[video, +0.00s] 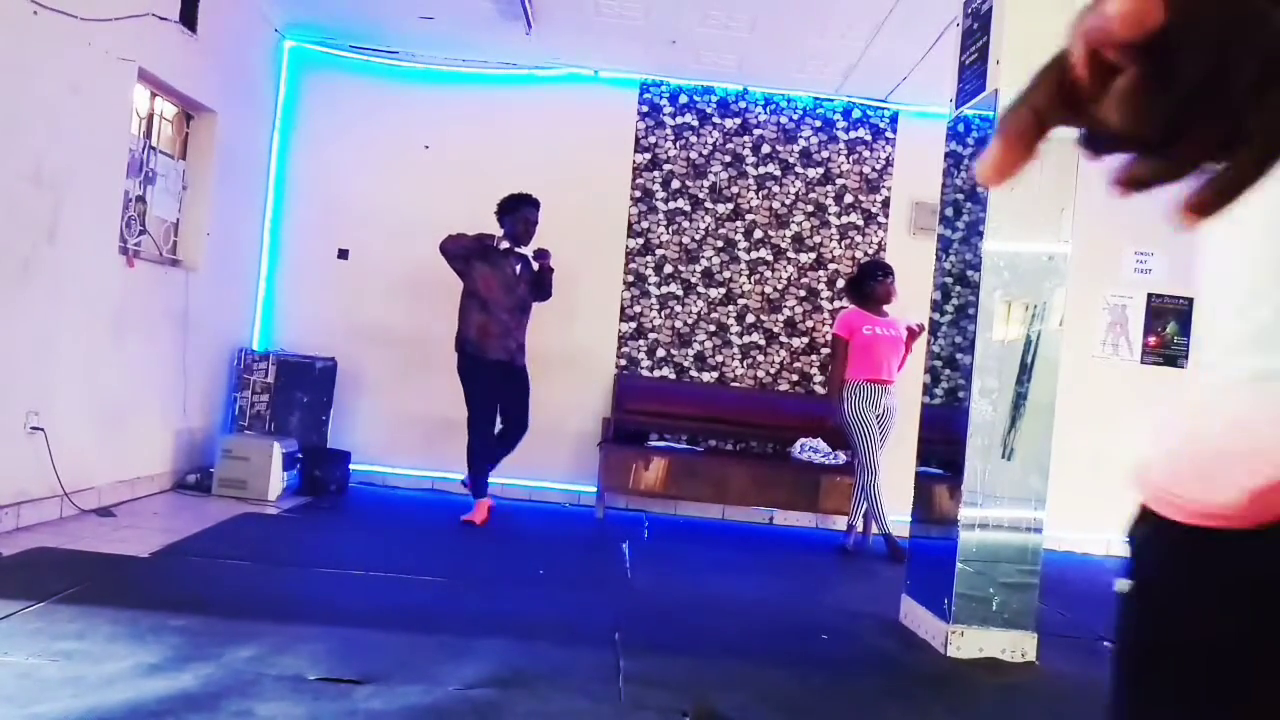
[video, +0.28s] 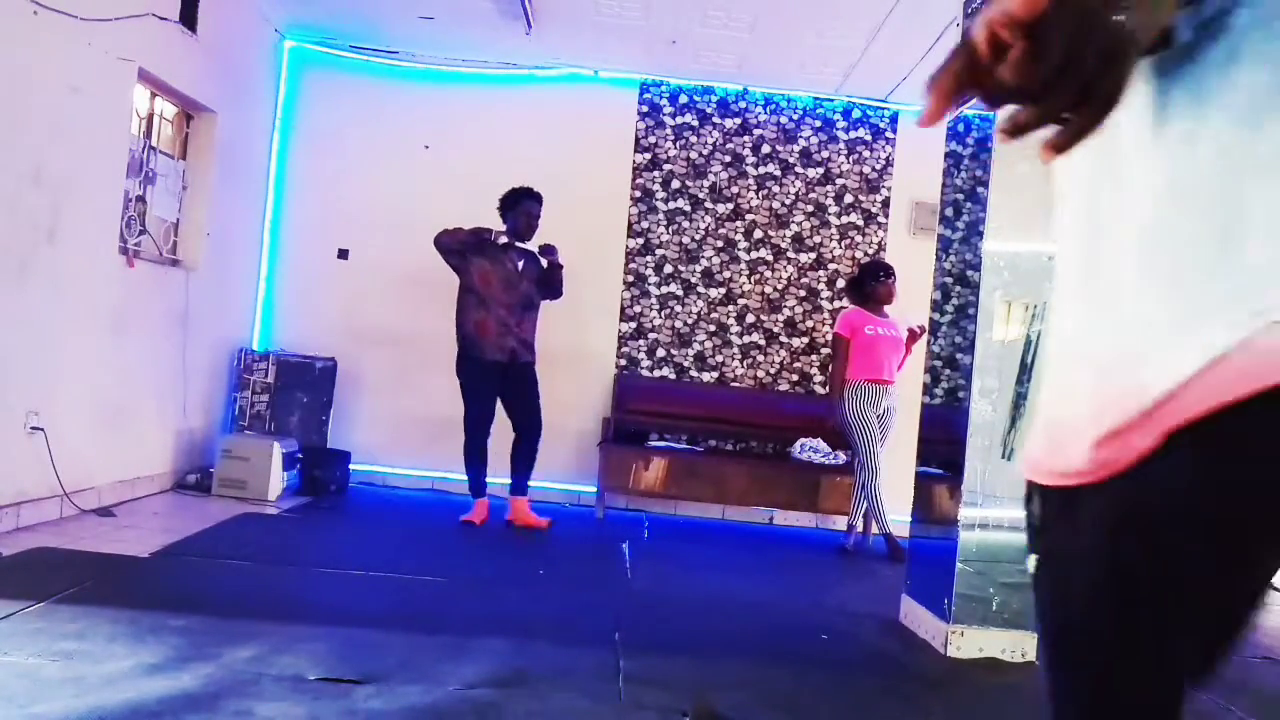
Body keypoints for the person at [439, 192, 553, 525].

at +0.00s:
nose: (532, 228)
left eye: (535, 222)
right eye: (527, 221)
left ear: (534, 226)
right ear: (507, 220)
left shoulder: (527, 267)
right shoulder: (479, 255)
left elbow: (543, 293)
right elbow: (448, 246)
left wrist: (544, 268)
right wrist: (484, 240)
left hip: (511, 357)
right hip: (477, 352)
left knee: (516, 425)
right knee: (481, 424)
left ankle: (477, 472)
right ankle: (481, 499)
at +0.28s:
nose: (534, 223)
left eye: (537, 217)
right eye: (528, 216)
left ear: (537, 221)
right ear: (508, 215)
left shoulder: (532, 263)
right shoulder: (476, 253)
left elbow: (553, 292)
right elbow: (442, 241)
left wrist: (553, 265)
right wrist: (478, 234)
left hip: (518, 361)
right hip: (477, 357)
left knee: (529, 427)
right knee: (477, 428)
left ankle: (519, 504)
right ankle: (479, 502)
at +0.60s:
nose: (537, 220)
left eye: (543, 214)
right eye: (531, 212)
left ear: (547, 218)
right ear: (515, 211)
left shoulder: (554, 264)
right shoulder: (482, 253)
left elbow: (587, 292)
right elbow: (437, 246)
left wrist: (572, 260)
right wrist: (481, 237)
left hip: (526, 361)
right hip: (483, 358)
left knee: (526, 434)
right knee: (481, 430)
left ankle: (528, 512)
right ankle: (480, 501)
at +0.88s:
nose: (540, 212)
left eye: (546, 206)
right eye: (533, 205)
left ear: (556, 211)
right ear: (522, 208)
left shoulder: (572, 260)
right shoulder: (500, 255)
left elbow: (616, 279)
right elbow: (458, 260)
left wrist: (585, 248)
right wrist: (487, 239)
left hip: (541, 365)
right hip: (497, 360)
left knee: (534, 438)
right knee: (484, 430)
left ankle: (530, 512)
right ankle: (482, 496)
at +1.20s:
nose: (526, 208)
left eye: (534, 201)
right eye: (522, 199)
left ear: (549, 204)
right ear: (515, 201)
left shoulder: (570, 251)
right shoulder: (506, 251)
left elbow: (611, 264)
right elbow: (472, 267)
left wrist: (572, 239)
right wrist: (488, 243)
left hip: (545, 358)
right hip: (502, 353)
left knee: (535, 436)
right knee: (476, 425)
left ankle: (529, 515)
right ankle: (444, 504)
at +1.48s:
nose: (510, 214)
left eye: (518, 207)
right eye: (506, 206)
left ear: (534, 209)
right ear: (501, 205)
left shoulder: (555, 255)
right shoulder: (486, 256)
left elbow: (598, 273)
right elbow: (448, 269)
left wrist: (559, 245)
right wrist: (468, 246)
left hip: (531, 365)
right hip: (487, 359)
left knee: (530, 440)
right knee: (459, 431)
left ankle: (530, 513)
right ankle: (441, 511)